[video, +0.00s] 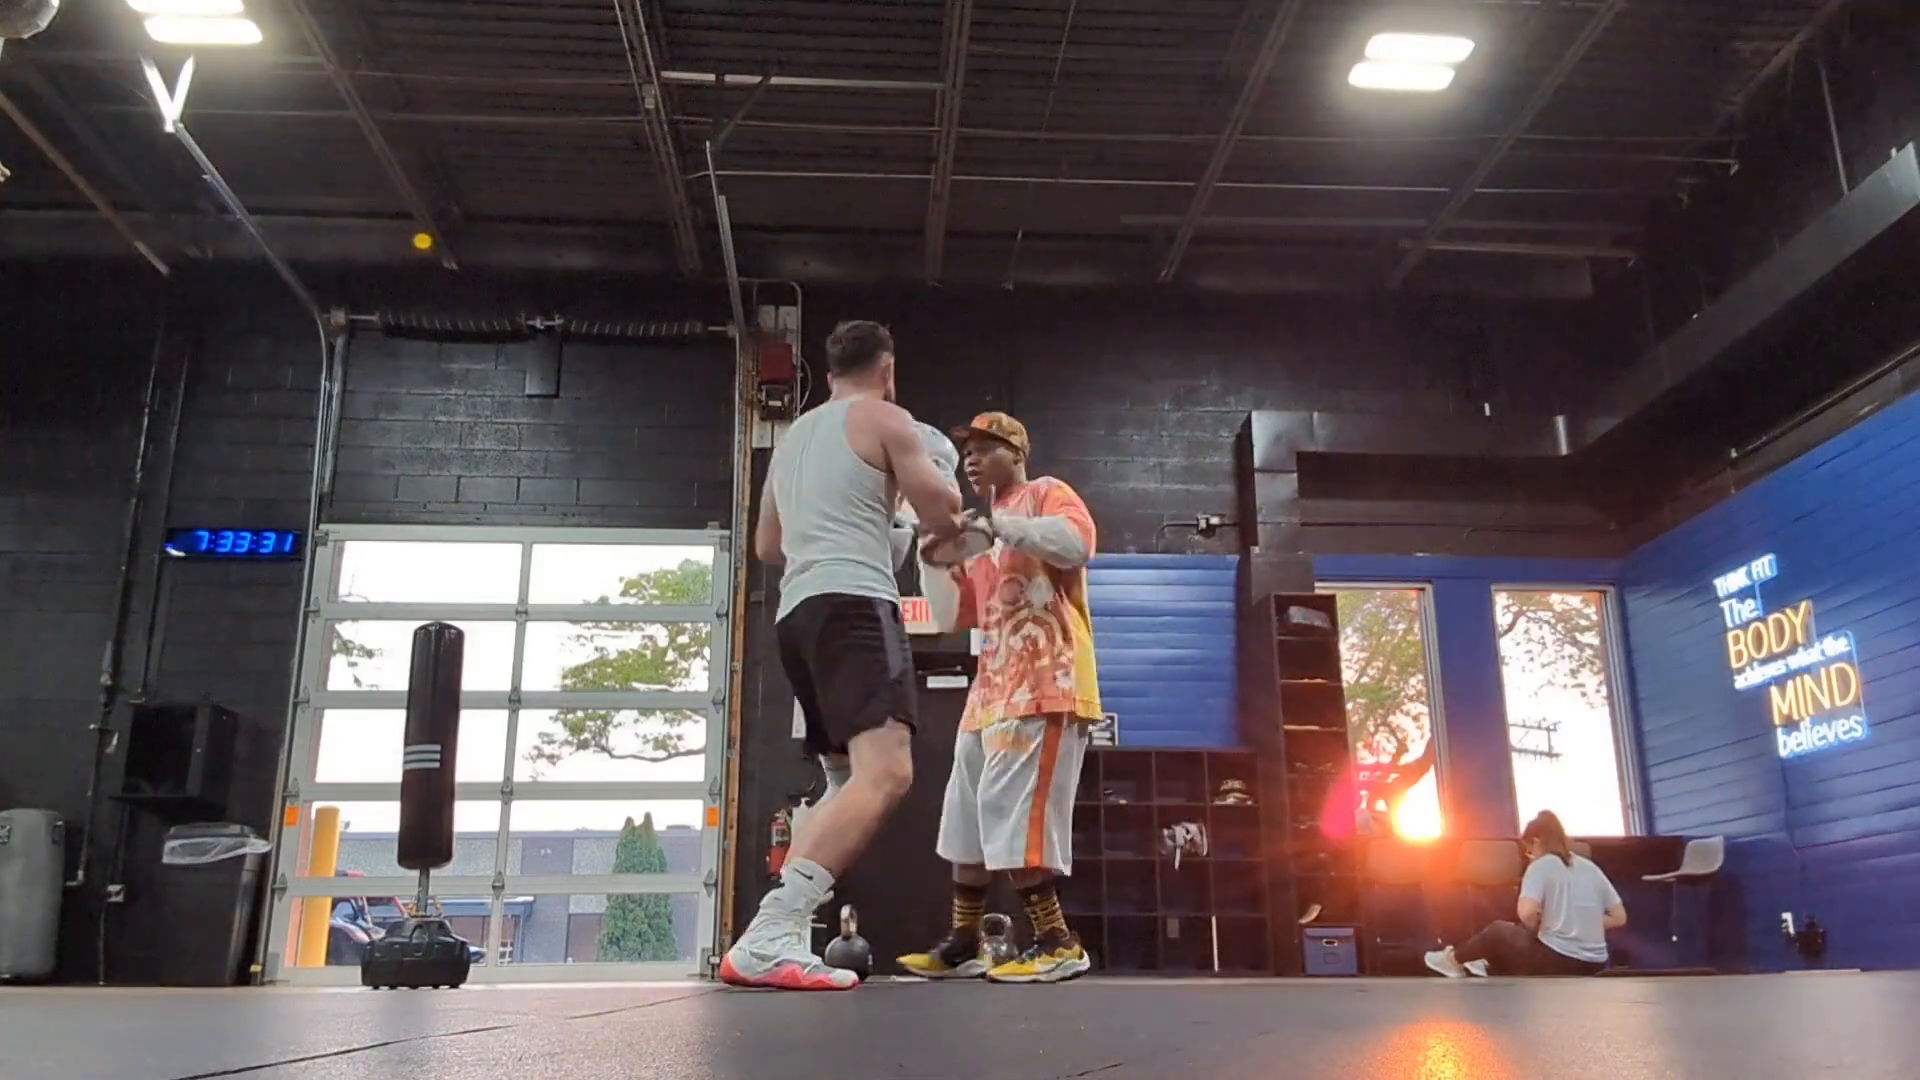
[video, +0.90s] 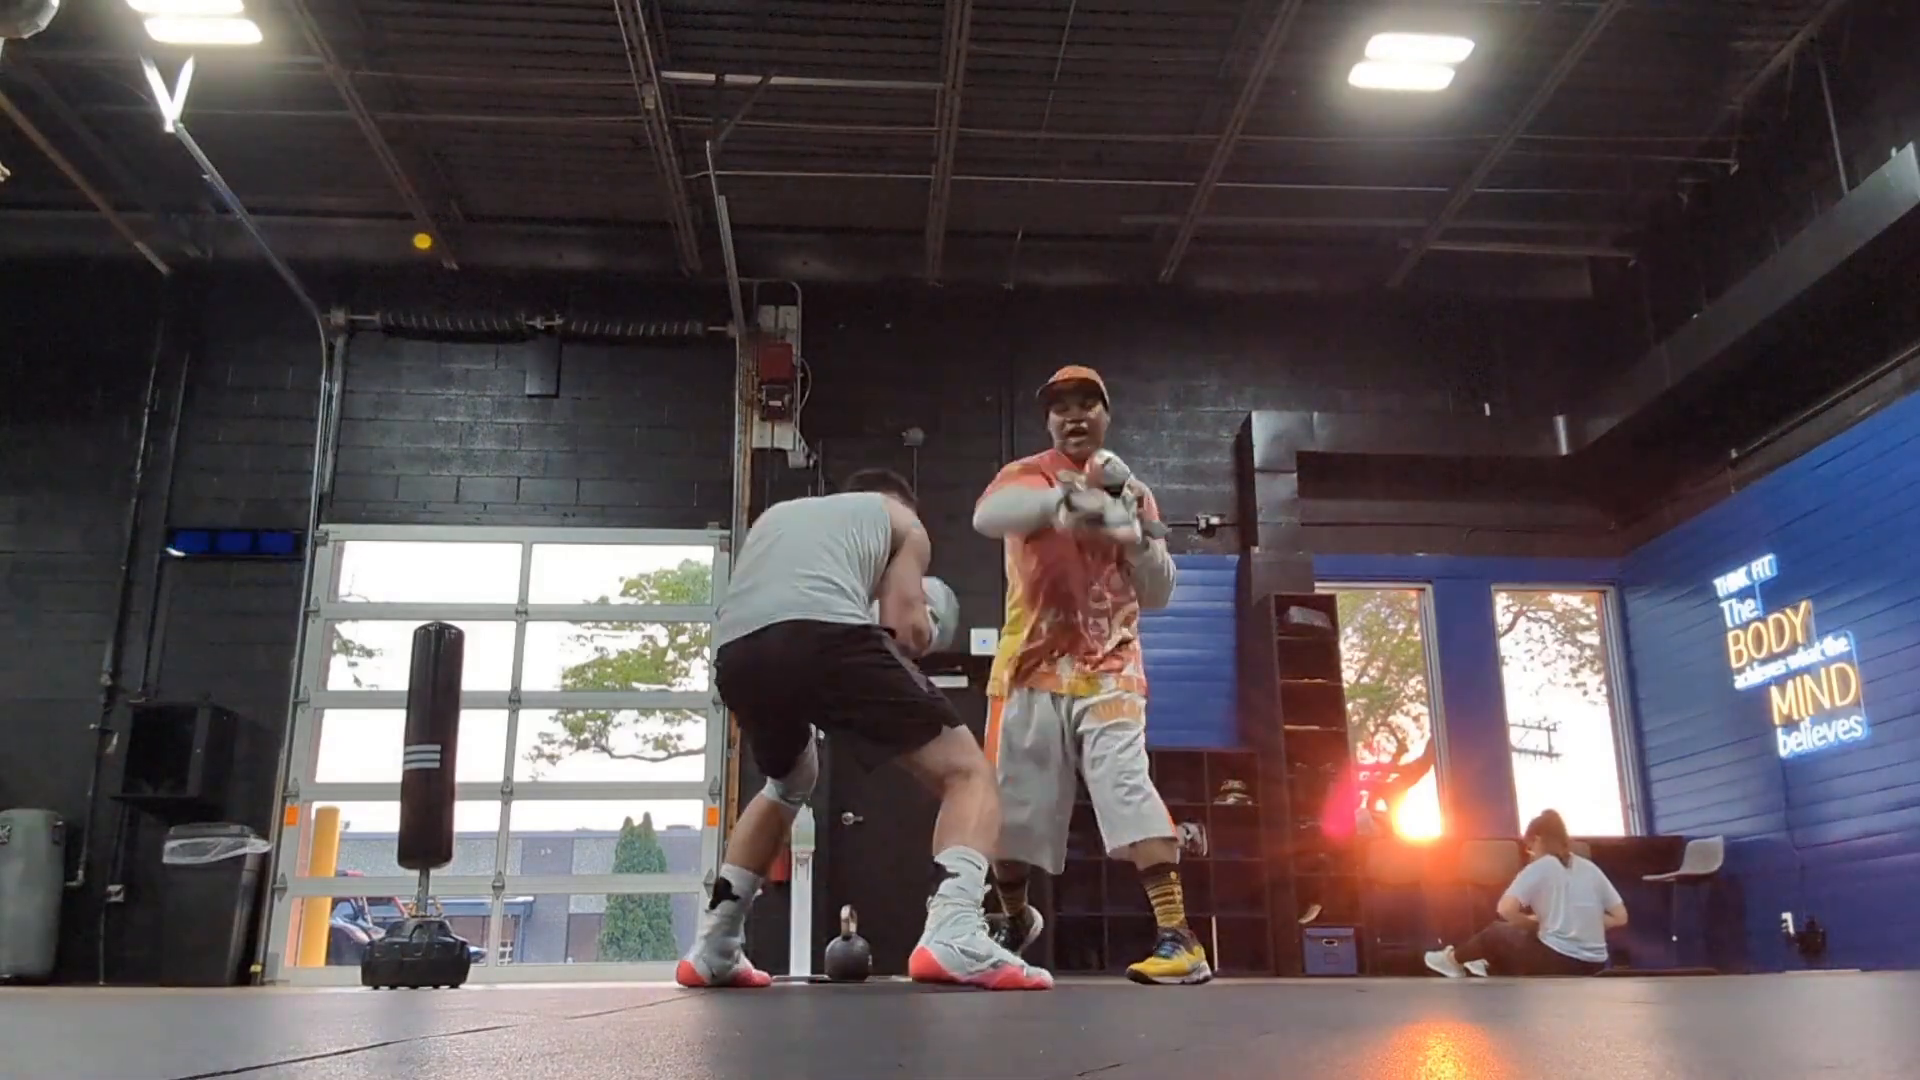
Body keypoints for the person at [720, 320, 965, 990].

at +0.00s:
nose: (896, 386)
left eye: (894, 377)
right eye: (895, 376)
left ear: (827, 376)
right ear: (887, 370)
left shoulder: (790, 440)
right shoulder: (883, 416)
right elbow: (938, 507)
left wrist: (847, 538)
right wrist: (940, 534)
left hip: (797, 613)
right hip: (854, 602)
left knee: (845, 782)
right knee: (884, 773)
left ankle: (776, 938)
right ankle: (773, 934)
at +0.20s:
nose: (883, 394)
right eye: (884, 385)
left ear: (818, 388)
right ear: (883, 383)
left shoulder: (776, 442)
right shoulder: (906, 426)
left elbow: (746, 540)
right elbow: (949, 516)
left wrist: (808, 553)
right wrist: (908, 475)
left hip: (793, 614)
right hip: (870, 601)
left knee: (817, 782)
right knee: (917, 772)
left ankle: (773, 942)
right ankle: (856, 903)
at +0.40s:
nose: (935, 373)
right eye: (937, 364)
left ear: (867, 362)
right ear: (932, 360)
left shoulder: (814, 426)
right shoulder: (933, 405)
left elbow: (786, 534)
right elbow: (951, 526)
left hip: (794, 597)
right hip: (865, 584)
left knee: (827, 777)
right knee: (940, 751)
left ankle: (763, 939)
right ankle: (943, 936)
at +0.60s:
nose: (998, 419)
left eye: (1000, 409)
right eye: (998, 404)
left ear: (952, 383)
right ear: (976, 384)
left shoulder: (873, 430)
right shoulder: (906, 413)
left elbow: (876, 551)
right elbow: (919, 532)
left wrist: (938, 561)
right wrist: (986, 483)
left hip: (774, 598)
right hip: (828, 586)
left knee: (841, 779)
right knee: (944, 739)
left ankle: (739, 933)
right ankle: (943, 936)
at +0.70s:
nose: (982, 509)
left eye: (992, 500)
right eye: (993, 493)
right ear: (978, 465)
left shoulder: (861, 477)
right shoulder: (924, 464)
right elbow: (916, 586)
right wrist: (990, 542)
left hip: (751, 624)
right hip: (821, 609)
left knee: (829, 779)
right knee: (969, 745)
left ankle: (725, 934)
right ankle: (948, 935)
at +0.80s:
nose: (957, 562)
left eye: (960, 552)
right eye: (960, 544)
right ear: (949, 514)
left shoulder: (832, 524)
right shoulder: (929, 516)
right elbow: (915, 623)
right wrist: (975, 613)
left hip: (742, 649)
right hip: (830, 629)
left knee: (804, 785)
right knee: (986, 767)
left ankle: (714, 944)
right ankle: (951, 935)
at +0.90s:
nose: (911, 534)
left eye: (910, 527)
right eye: (909, 524)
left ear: (848, 495)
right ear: (899, 505)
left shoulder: (775, 516)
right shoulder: (902, 520)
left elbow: (752, 598)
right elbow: (906, 627)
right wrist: (927, 624)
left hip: (738, 655)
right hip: (829, 637)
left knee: (787, 783)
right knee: (969, 775)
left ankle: (715, 945)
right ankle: (955, 929)